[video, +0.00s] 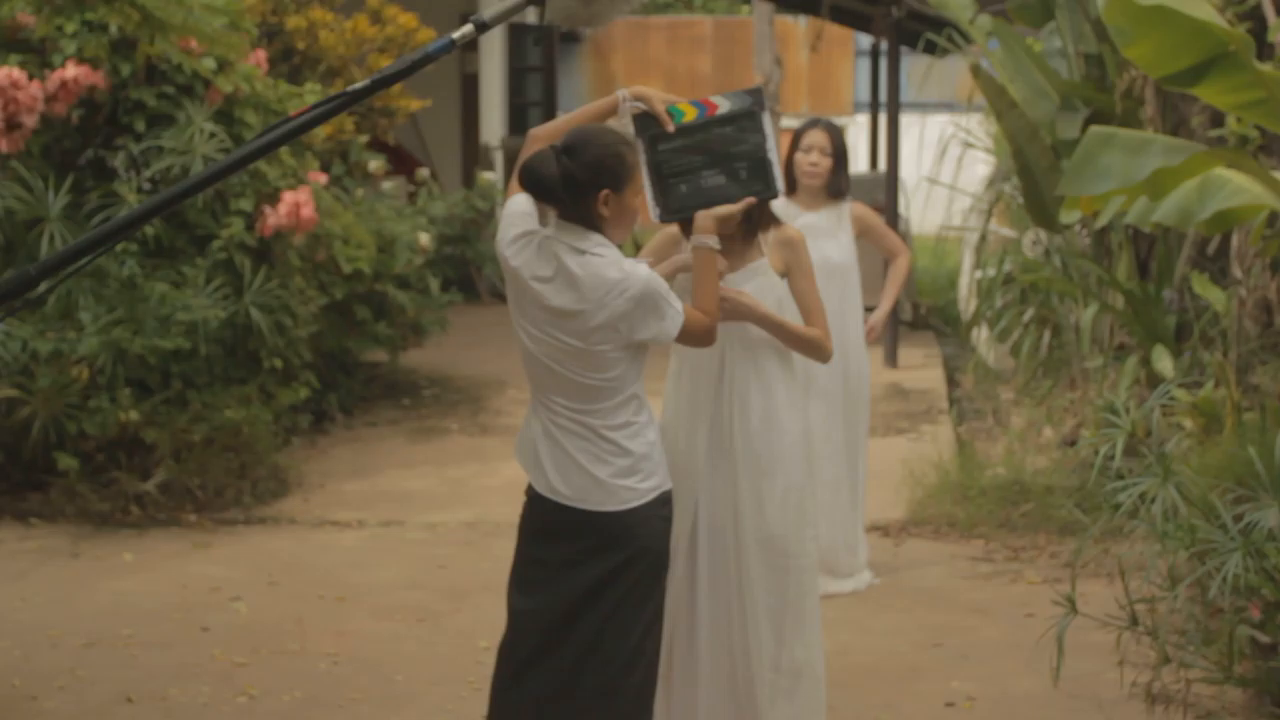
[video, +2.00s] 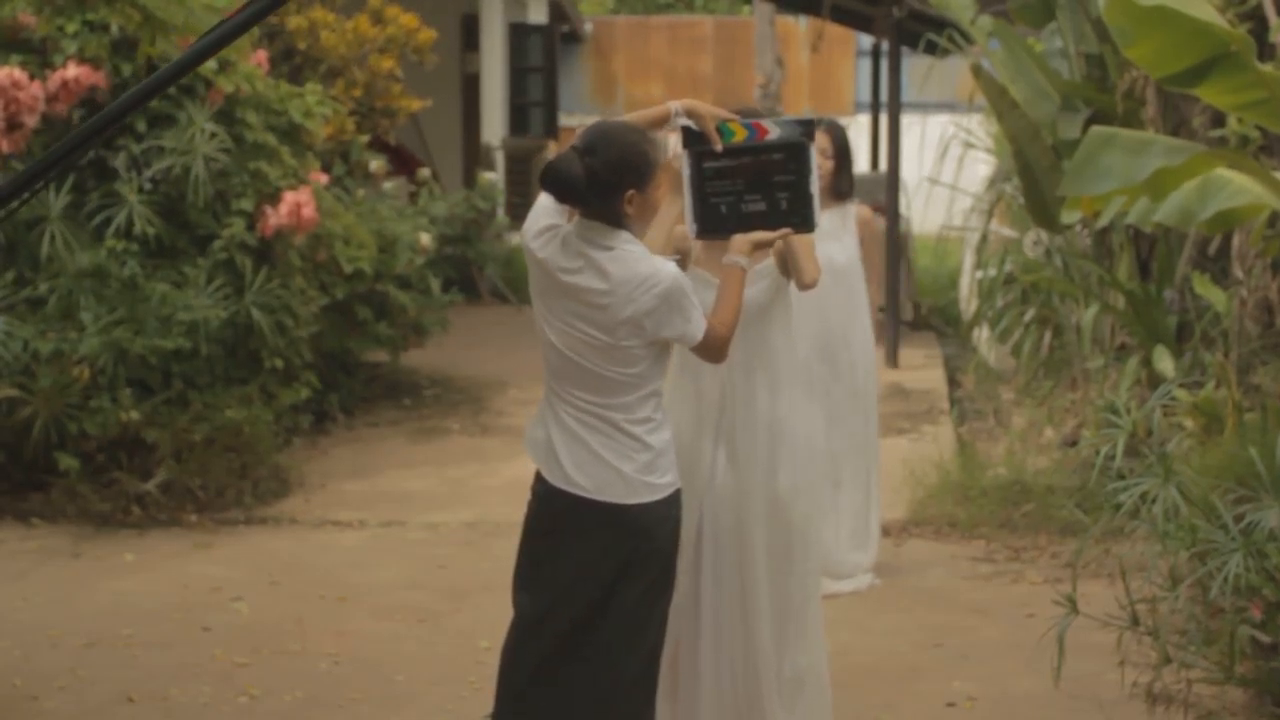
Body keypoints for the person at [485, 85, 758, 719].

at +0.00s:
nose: (641, 199)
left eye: (639, 185)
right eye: (634, 187)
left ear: (567, 198)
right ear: (606, 202)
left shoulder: (520, 244)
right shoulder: (626, 286)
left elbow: (537, 143)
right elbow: (702, 326)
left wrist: (616, 100)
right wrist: (704, 240)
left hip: (551, 487)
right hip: (626, 494)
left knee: (529, 657)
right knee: (619, 668)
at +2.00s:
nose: (667, 186)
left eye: (665, 175)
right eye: (661, 179)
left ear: (585, 190)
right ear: (631, 200)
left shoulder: (544, 235)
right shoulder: (650, 279)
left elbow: (577, 148)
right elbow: (713, 344)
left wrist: (665, 113)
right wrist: (738, 259)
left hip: (559, 484)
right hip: (638, 495)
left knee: (537, 651)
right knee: (623, 665)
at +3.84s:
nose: (632, 181)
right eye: (628, 173)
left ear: (549, 179)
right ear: (620, 194)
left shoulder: (529, 240)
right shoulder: (639, 280)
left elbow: (566, 148)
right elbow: (704, 350)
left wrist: (665, 114)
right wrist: (729, 264)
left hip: (553, 487)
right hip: (632, 495)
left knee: (529, 650)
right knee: (619, 661)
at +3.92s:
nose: (632, 180)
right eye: (628, 173)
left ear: (548, 180)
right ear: (619, 194)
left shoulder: (529, 240)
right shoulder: (639, 280)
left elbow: (565, 149)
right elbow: (704, 350)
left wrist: (664, 114)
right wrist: (729, 263)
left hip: (553, 487)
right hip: (632, 495)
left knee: (529, 650)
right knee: (619, 661)